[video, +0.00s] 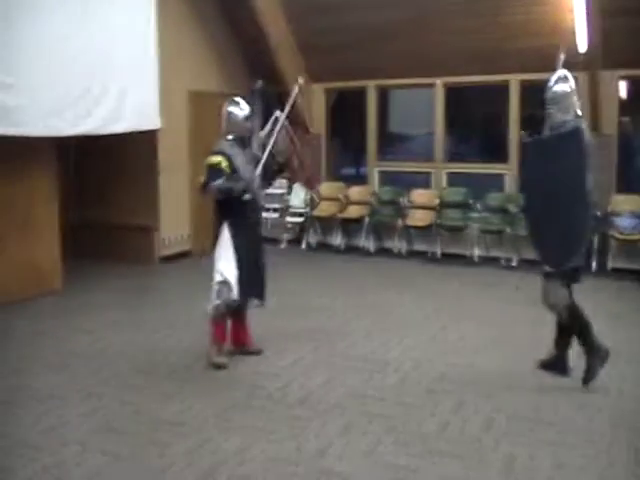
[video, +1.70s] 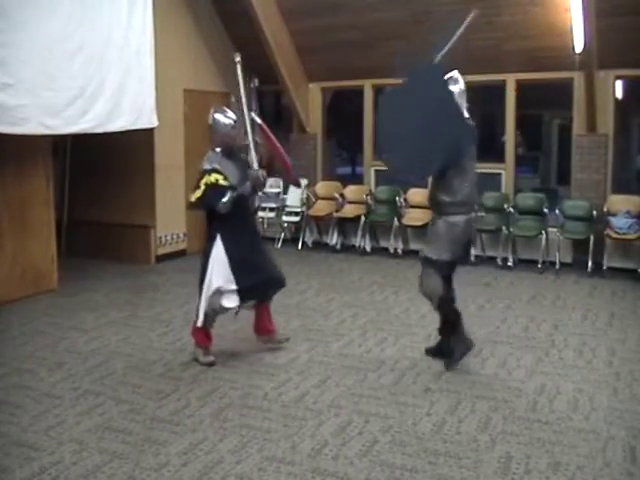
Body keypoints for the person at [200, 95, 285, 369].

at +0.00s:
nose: (250, 125)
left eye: (251, 120)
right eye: (245, 119)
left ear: (250, 123)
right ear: (232, 122)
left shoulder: (250, 153)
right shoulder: (221, 156)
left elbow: (259, 182)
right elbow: (213, 187)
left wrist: (276, 160)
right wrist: (241, 186)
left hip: (250, 225)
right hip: (230, 226)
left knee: (245, 281)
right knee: (227, 283)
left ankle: (241, 338)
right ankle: (217, 345)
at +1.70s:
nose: (239, 138)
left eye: (238, 132)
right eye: (233, 133)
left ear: (234, 135)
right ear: (218, 137)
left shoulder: (240, 162)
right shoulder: (212, 169)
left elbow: (247, 194)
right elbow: (221, 205)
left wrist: (258, 181)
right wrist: (248, 186)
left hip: (245, 233)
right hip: (223, 236)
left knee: (267, 278)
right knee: (217, 287)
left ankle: (264, 328)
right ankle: (202, 341)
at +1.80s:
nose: (244, 141)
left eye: (244, 135)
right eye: (239, 136)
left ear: (245, 137)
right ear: (224, 140)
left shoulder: (250, 167)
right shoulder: (218, 174)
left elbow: (255, 196)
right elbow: (228, 212)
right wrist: (257, 202)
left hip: (251, 233)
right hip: (228, 238)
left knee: (274, 276)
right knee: (222, 287)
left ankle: (285, 324)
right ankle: (203, 338)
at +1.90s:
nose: (255, 147)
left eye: (255, 143)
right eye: (250, 143)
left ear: (256, 144)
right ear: (236, 147)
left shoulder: (263, 170)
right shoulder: (234, 179)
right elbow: (231, 214)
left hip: (263, 242)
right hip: (240, 245)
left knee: (286, 281)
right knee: (225, 293)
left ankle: (301, 326)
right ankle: (205, 341)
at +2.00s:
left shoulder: (286, 179)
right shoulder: (257, 180)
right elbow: (266, 220)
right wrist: (297, 221)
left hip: (281, 246)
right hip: (256, 247)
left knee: (303, 283)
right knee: (236, 293)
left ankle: (310, 333)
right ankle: (209, 344)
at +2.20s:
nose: (304, 150)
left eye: (304, 145)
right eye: (301, 145)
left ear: (273, 148)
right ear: (292, 149)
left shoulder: (270, 170)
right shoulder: (292, 180)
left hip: (269, 241)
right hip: (286, 243)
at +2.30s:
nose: (312, 153)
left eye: (314, 148)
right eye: (309, 148)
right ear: (298, 149)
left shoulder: (296, 170)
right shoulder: (282, 172)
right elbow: (290, 213)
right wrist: (319, 208)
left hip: (296, 235)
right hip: (280, 236)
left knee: (310, 284)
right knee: (281, 289)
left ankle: (311, 334)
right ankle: (243, 329)